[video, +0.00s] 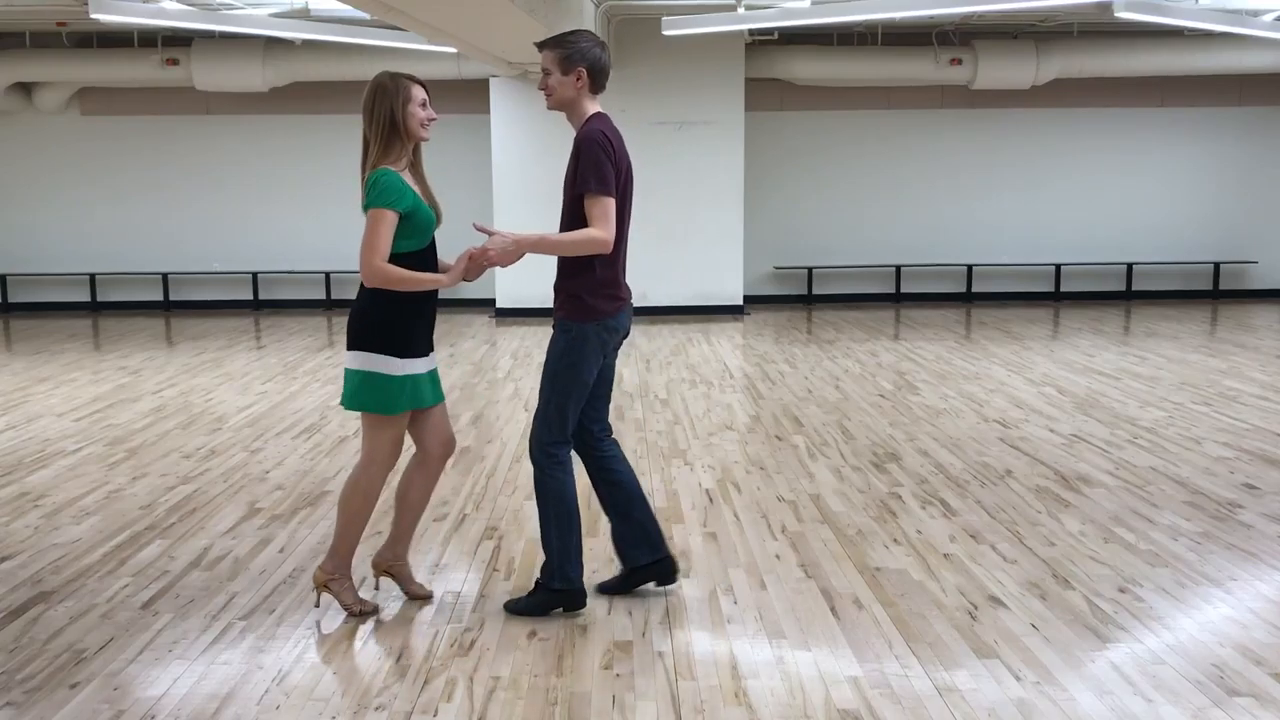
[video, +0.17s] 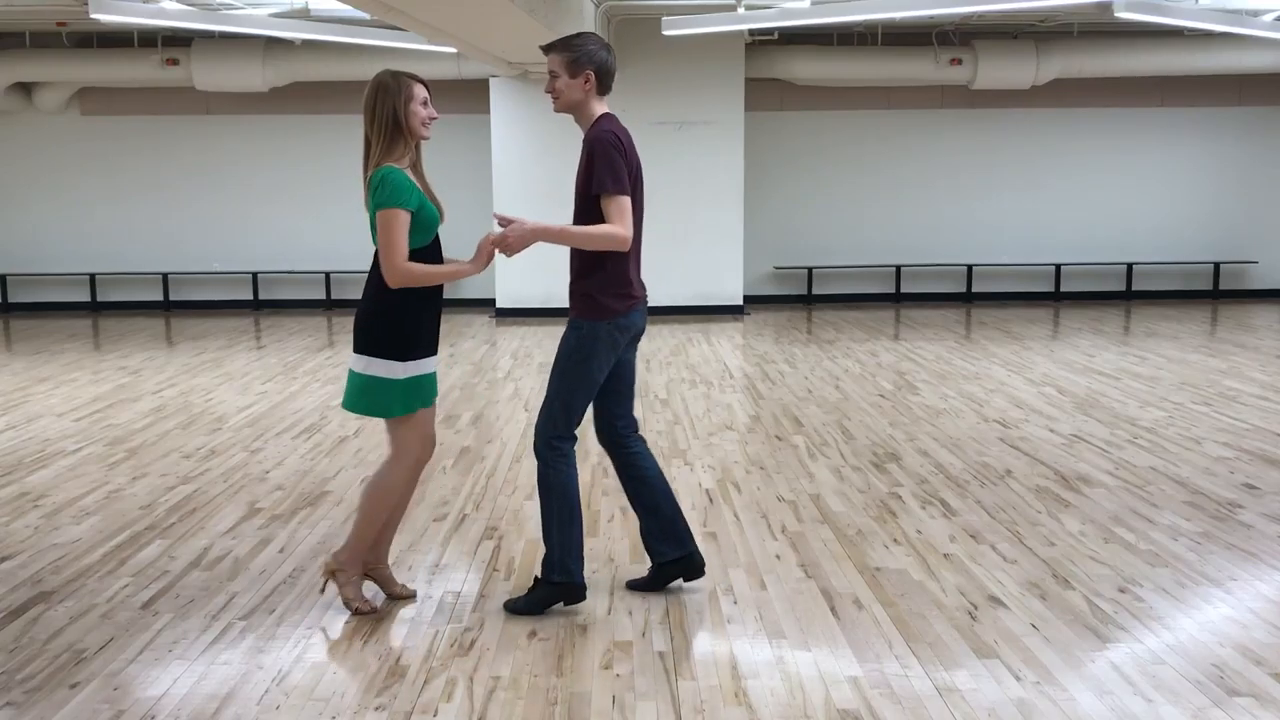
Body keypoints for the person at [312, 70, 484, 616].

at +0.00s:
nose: (430, 113)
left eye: (428, 105)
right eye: (420, 106)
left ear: (405, 115)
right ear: (395, 114)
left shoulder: (407, 177)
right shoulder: (389, 182)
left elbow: (406, 263)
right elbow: (372, 270)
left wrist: (458, 268)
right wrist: (446, 277)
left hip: (410, 335)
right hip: (384, 337)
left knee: (437, 446)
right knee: (379, 455)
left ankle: (394, 553)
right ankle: (335, 568)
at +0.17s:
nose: (432, 112)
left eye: (430, 103)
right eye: (422, 103)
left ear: (410, 113)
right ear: (396, 112)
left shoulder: (405, 175)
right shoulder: (393, 181)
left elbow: (407, 263)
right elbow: (395, 272)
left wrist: (466, 264)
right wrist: (471, 267)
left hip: (410, 331)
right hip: (395, 333)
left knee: (419, 444)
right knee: (411, 447)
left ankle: (375, 557)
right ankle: (348, 560)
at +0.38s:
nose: (442, 111)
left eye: (439, 102)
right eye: (431, 103)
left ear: (409, 113)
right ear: (405, 112)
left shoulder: (409, 174)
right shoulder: (403, 177)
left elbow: (437, 246)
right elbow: (440, 263)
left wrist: (493, 229)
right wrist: (510, 244)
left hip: (398, 330)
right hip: (412, 334)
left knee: (415, 444)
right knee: (460, 440)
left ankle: (374, 556)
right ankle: (420, 557)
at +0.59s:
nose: (460, 111)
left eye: (458, 102)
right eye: (451, 103)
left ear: (429, 113)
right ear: (427, 112)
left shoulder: (432, 173)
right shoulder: (425, 177)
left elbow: (474, 231)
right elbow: (483, 249)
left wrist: (519, 198)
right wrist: (561, 219)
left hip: (427, 328)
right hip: (440, 332)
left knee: (428, 443)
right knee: (484, 439)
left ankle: (379, 553)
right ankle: (467, 560)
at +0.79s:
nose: (487, 113)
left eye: (486, 104)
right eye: (478, 104)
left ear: (472, 112)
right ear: (453, 111)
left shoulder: (468, 174)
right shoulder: (453, 176)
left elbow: (516, 242)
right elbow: (521, 225)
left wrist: (555, 192)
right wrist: (592, 185)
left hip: (491, 326)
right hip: (470, 329)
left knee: (514, 444)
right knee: (497, 446)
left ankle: (435, 534)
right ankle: (467, 561)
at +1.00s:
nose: (526, 115)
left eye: (524, 107)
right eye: (516, 107)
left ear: (504, 117)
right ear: (492, 116)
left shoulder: (518, 184)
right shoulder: (491, 176)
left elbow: (575, 228)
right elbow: (559, 167)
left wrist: (608, 172)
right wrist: (617, 115)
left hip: (536, 328)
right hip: (500, 332)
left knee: (578, 437)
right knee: (517, 450)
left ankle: (585, 550)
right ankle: (467, 559)